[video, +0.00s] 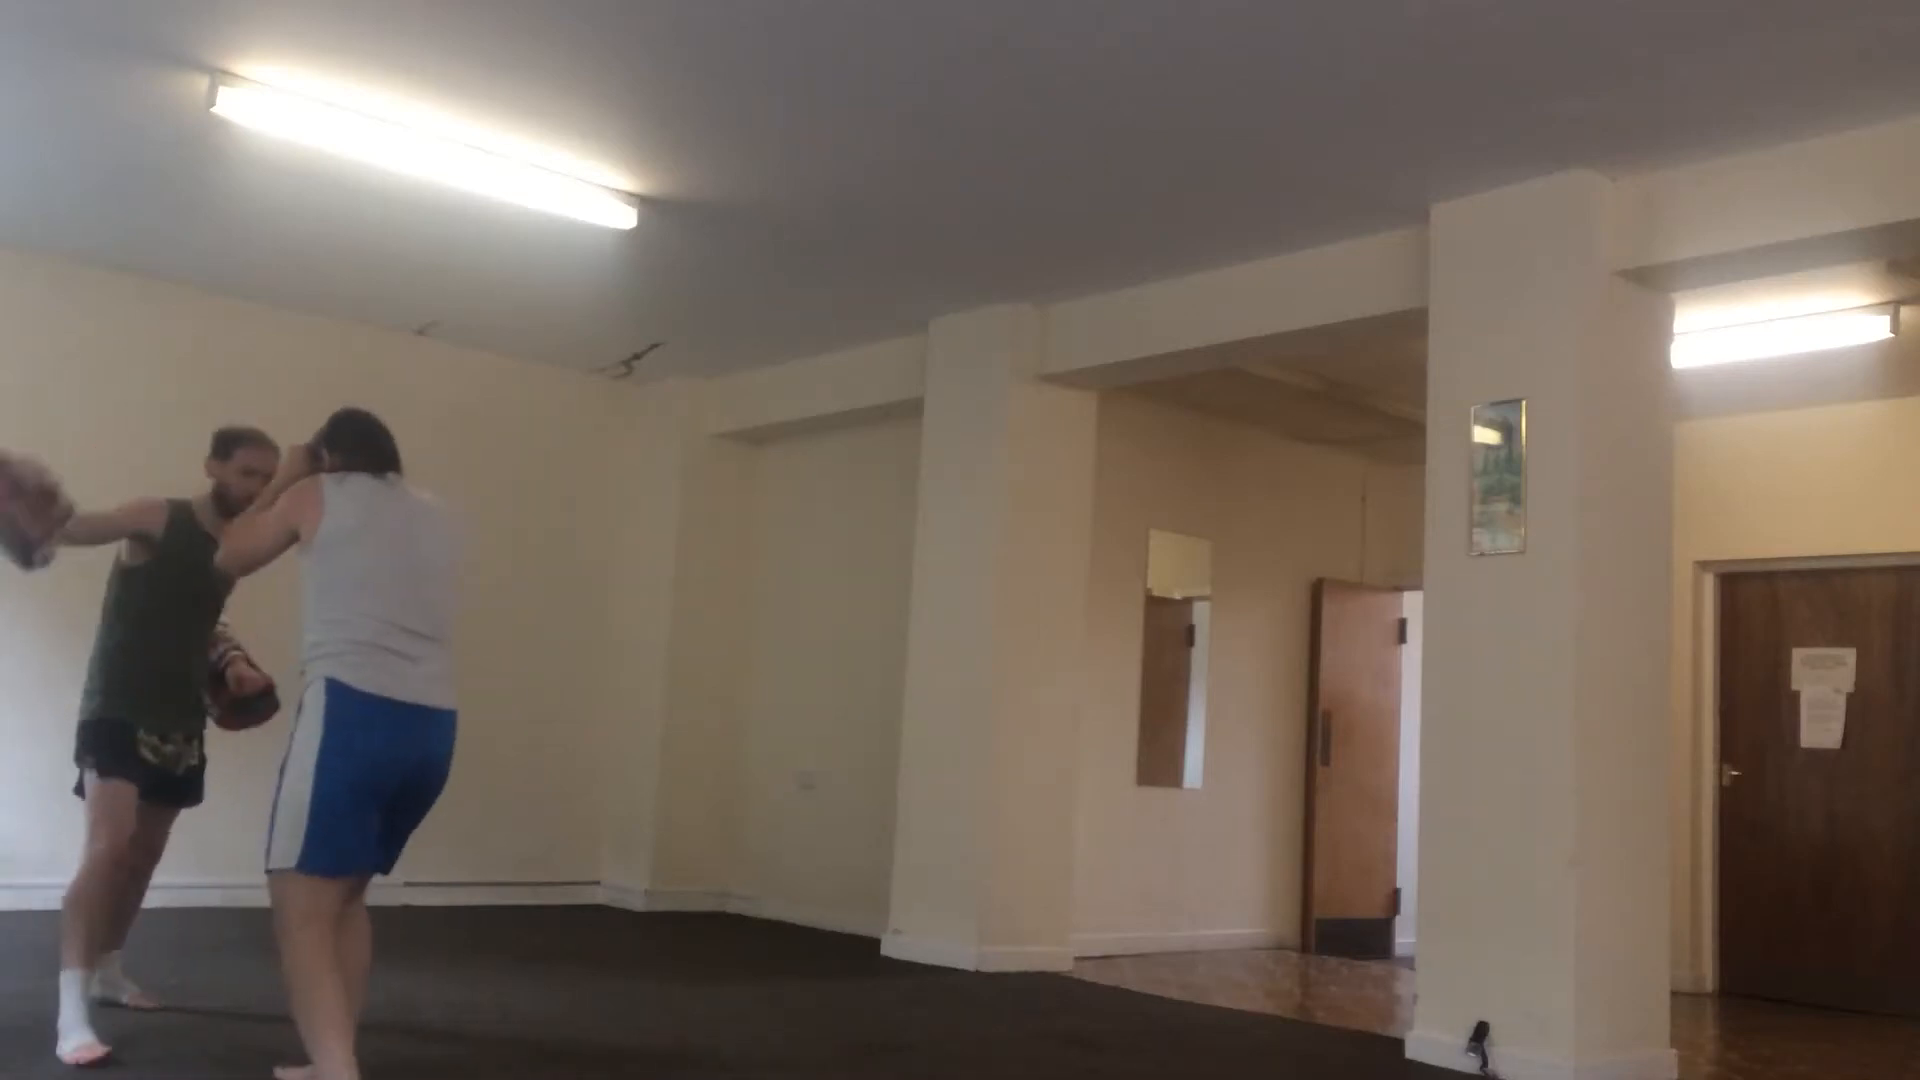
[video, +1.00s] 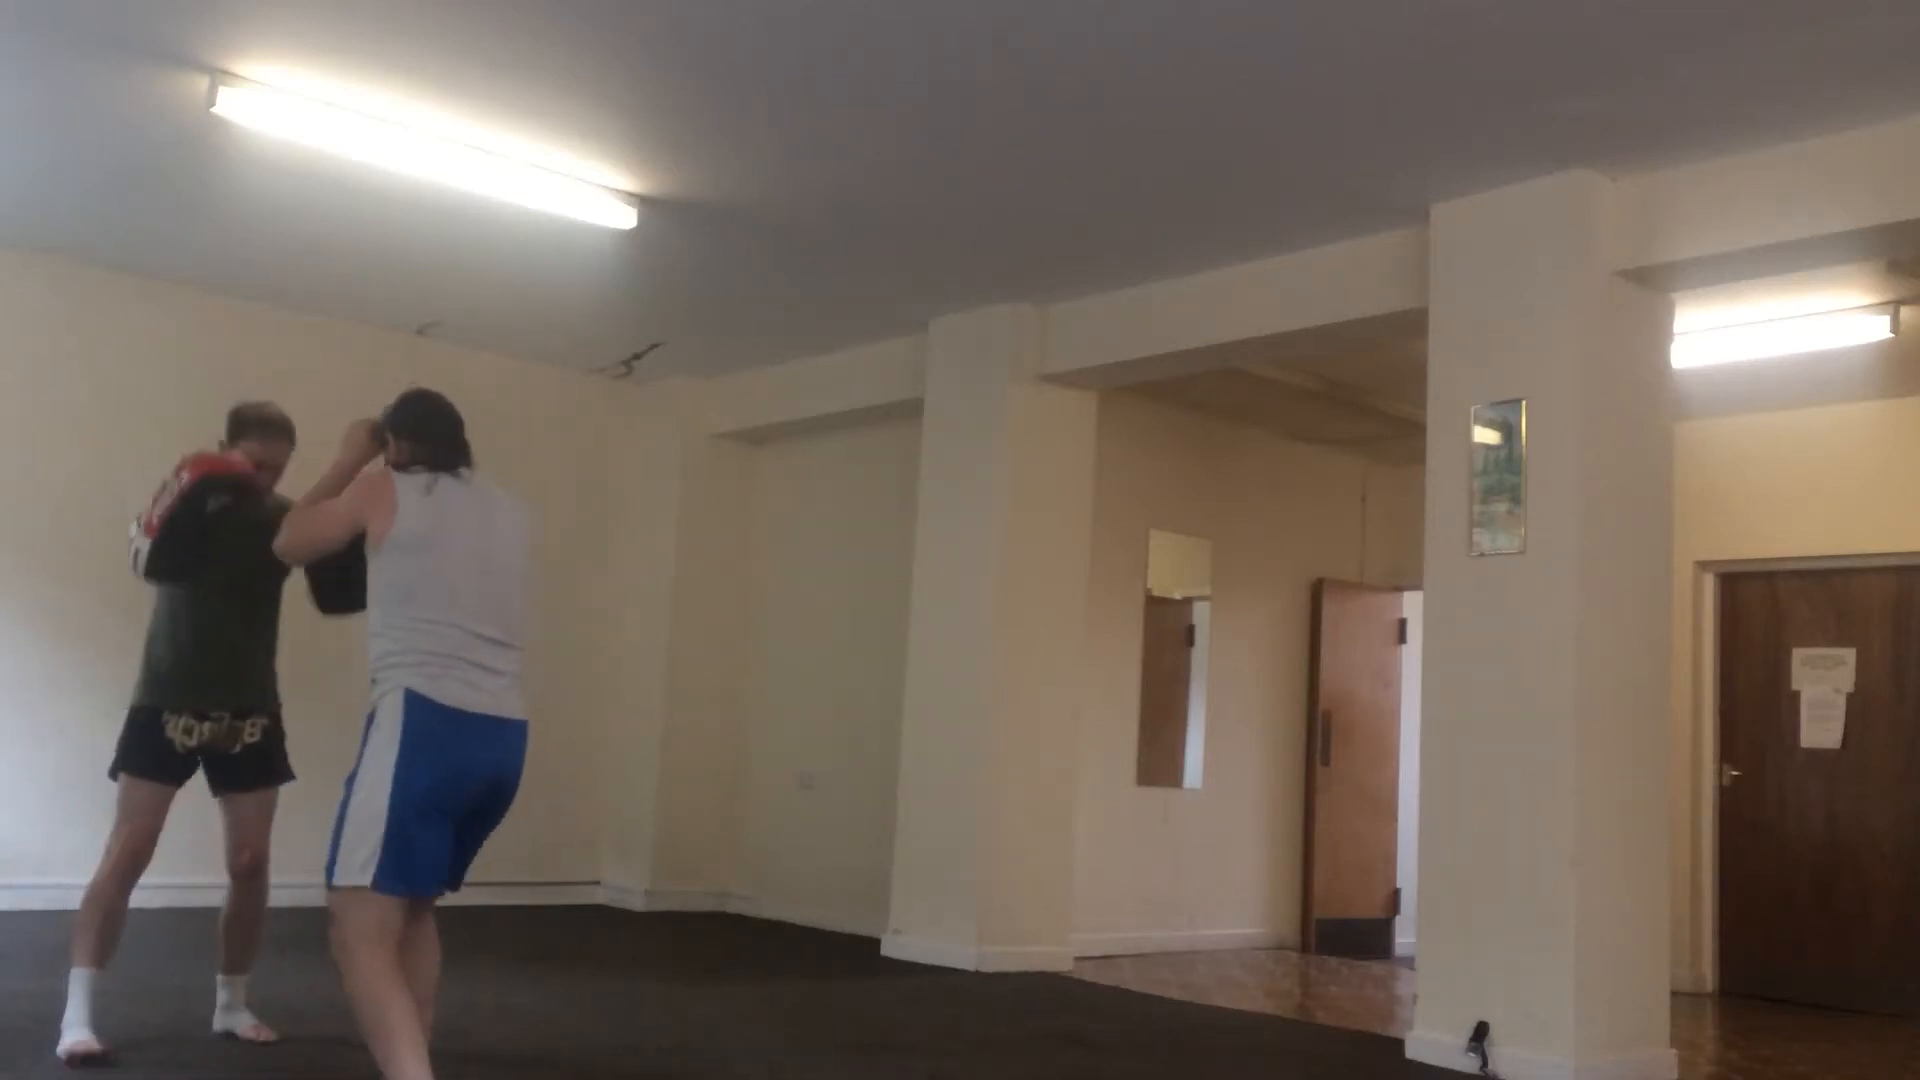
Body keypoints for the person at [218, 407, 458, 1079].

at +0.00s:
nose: (303, 465)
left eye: (311, 456)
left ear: (330, 458)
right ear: (391, 462)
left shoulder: (316, 497)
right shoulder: (441, 520)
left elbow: (230, 557)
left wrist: (282, 483)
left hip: (346, 721)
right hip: (427, 730)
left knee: (304, 911)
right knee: (348, 899)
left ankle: (334, 1066)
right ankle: (333, 1057)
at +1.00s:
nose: (379, 446)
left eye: (383, 437)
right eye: (382, 437)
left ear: (397, 443)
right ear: (460, 446)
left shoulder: (385, 488)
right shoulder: (510, 512)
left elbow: (290, 540)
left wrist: (345, 465)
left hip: (418, 727)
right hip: (500, 739)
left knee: (360, 931)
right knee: (417, 911)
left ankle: (411, 1069)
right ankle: (411, 1063)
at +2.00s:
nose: (363, 437)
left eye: (368, 430)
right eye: (368, 430)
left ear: (376, 437)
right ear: (446, 441)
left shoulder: (357, 479)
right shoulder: (487, 505)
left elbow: (250, 522)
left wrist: (312, 457)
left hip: (396, 715)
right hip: (481, 724)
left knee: (366, 931)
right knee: (398, 911)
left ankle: (416, 1072)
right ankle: (389, 1063)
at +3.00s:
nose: (279, 440)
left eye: (281, 429)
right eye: (285, 429)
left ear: (293, 434)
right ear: (354, 434)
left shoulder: (266, 493)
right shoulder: (391, 503)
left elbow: (161, 562)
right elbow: (443, 481)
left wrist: (148, 497)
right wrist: (376, 428)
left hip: (228, 703)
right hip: (315, 718)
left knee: (145, 836)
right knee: (275, 874)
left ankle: (111, 1000)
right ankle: (236, 1030)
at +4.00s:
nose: (374, 422)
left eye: (381, 415)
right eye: (382, 415)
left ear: (395, 421)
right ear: (458, 426)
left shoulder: (360, 473)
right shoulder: (510, 490)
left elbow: (301, 542)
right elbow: (503, 571)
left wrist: (358, 458)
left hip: (398, 719)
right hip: (494, 722)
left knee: (363, 911)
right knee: (460, 898)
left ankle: (386, 1070)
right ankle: (480, 1069)